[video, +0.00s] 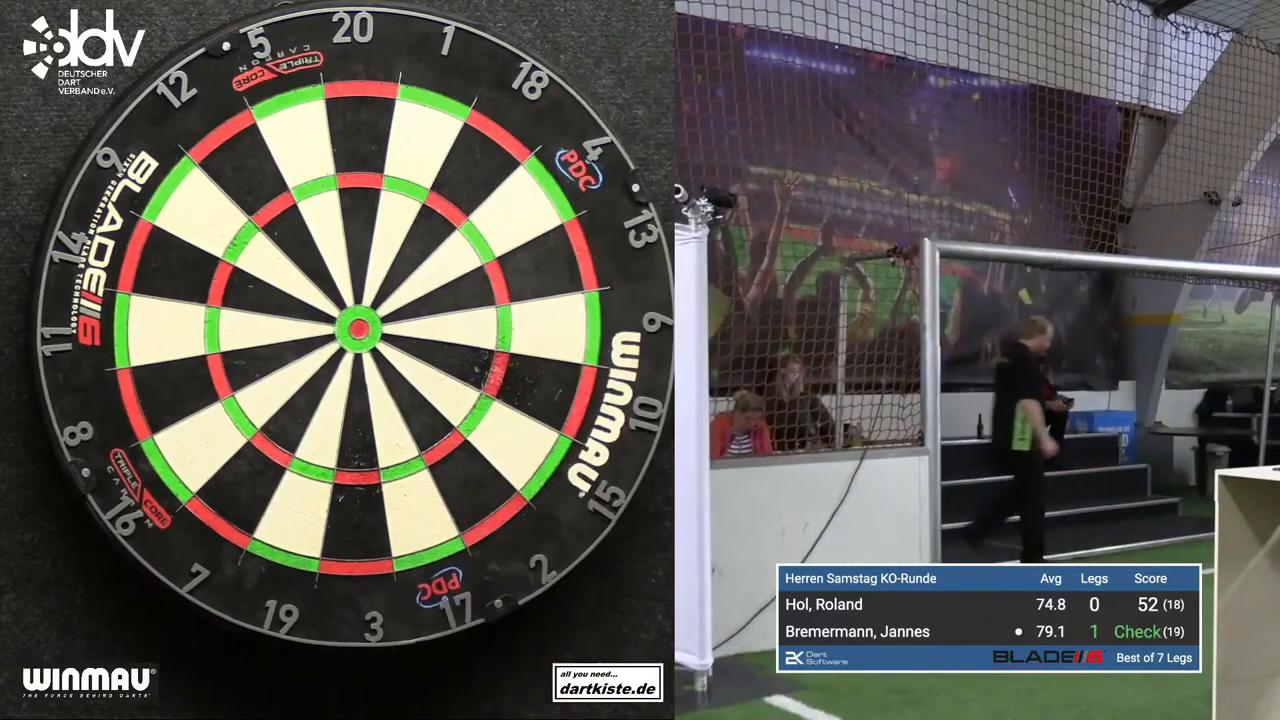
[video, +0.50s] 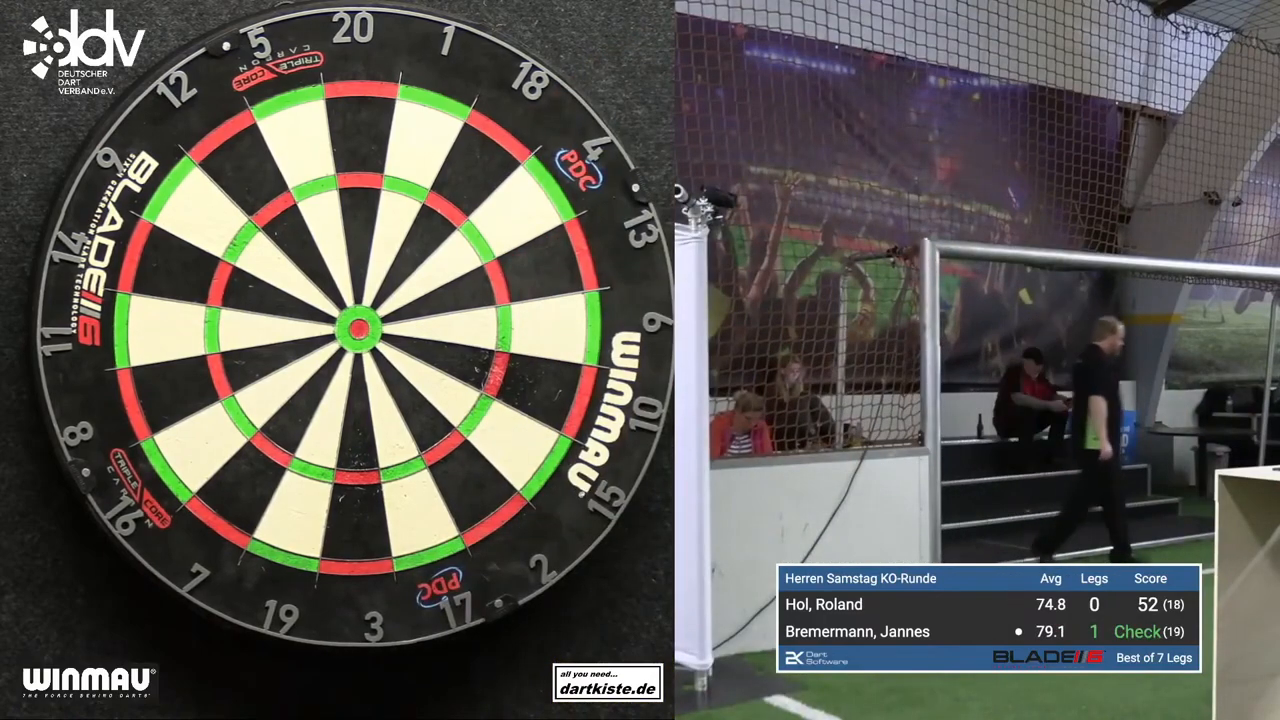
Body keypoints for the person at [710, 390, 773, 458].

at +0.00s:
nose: (753, 423)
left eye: (757, 419)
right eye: (748, 418)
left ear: (760, 417)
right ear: (737, 413)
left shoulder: (761, 427)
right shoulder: (719, 425)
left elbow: (768, 458)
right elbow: (714, 460)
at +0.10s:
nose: (753, 424)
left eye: (757, 419)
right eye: (748, 419)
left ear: (760, 417)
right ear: (737, 413)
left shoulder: (761, 427)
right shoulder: (719, 424)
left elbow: (768, 458)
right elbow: (713, 460)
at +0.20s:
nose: (753, 424)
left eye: (757, 419)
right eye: (748, 419)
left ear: (760, 417)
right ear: (737, 413)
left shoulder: (761, 427)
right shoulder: (719, 424)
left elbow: (768, 458)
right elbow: (713, 460)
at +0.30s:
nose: (753, 424)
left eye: (757, 419)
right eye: (748, 418)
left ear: (760, 417)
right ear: (737, 413)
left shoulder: (761, 427)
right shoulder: (719, 425)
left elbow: (768, 458)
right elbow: (713, 460)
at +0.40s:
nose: (753, 424)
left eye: (757, 419)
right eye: (748, 418)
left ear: (760, 417)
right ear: (737, 412)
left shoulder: (761, 427)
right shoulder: (719, 425)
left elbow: (768, 458)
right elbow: (713, 460)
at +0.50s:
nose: (753, 424)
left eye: (757, 419)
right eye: (748, 418)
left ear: (760, 417)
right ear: (737, 412)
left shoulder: (761, 427)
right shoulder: (719, 425)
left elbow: (768, 458)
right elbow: (713, 460)